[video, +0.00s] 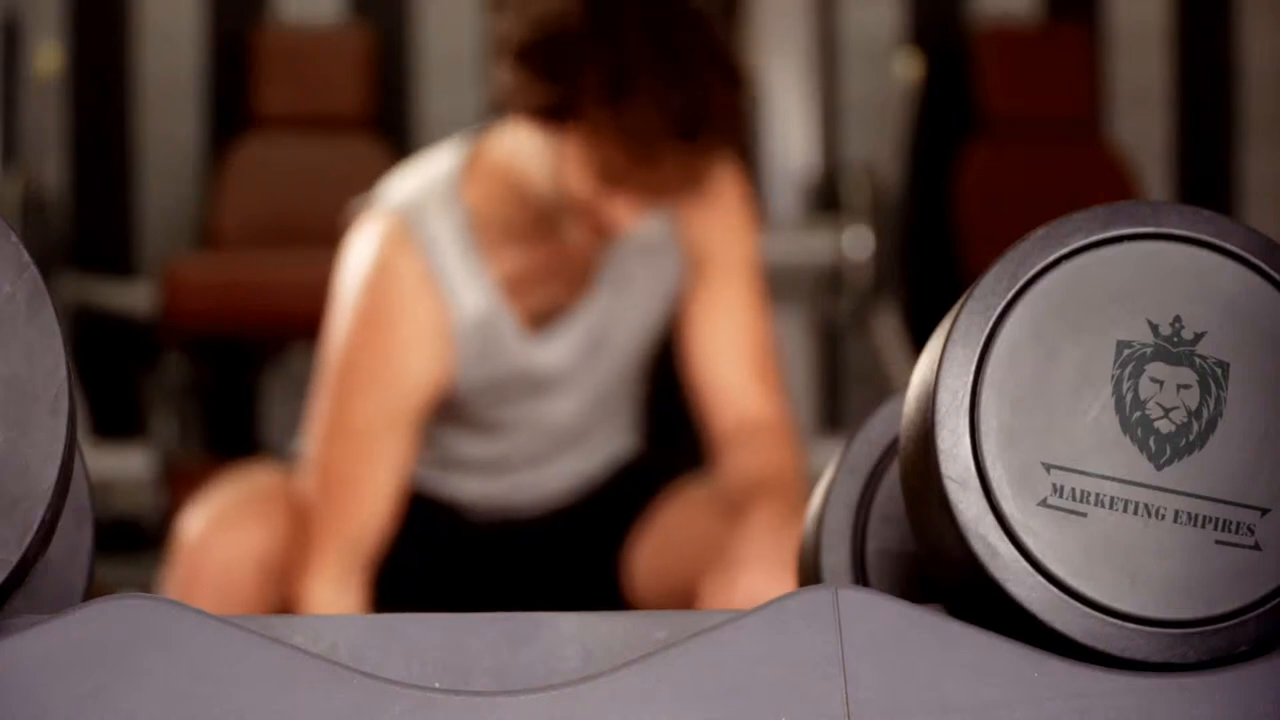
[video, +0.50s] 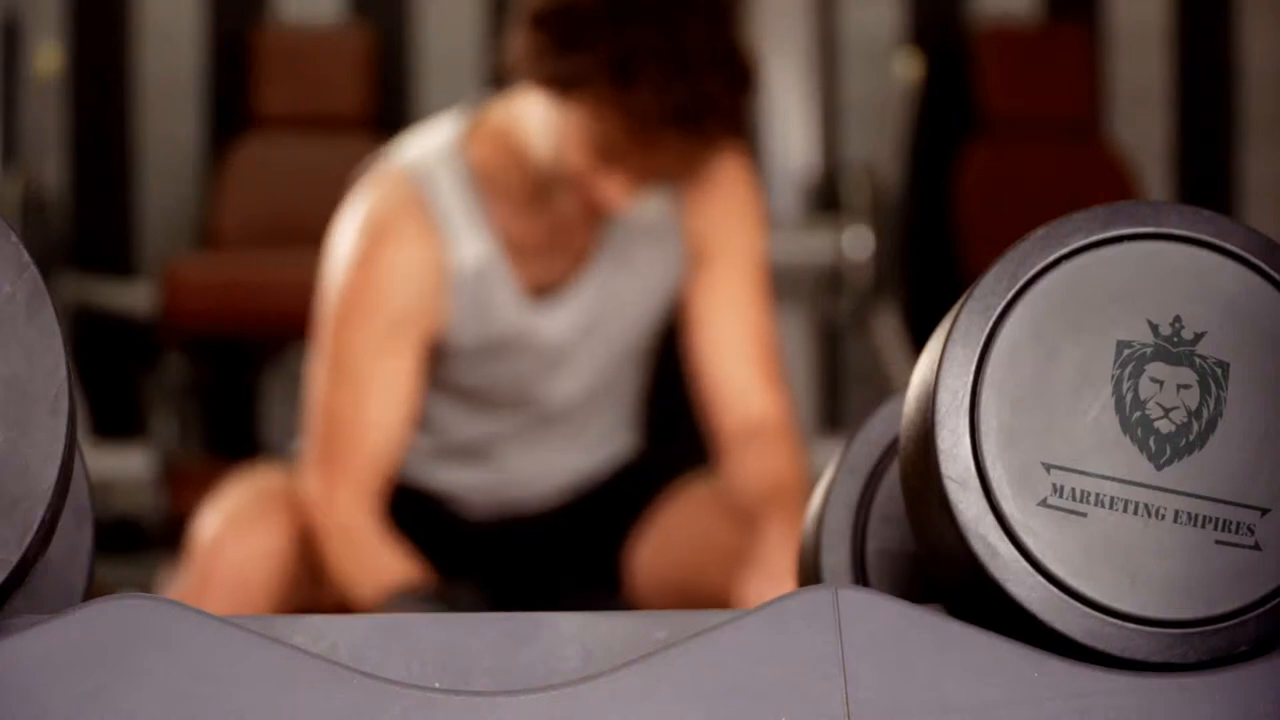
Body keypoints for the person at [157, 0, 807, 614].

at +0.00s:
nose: (632, 219)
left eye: (662, 190)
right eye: (610, 182)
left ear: (694, 160)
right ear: (548, 117)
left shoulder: (701, 185)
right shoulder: (408, 249)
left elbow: (753, 436)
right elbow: (336, 565)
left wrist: (765, 566)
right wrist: (345, 719)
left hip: (601, 524)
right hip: (416, 534)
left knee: (770, 533)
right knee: (229, 528)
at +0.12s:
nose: (628, 220)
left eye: (661, 192)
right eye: (609, 182)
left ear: (694, 162)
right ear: (553, 112)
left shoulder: (704, 186)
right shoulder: (410, 243)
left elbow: (752, 434)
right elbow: (335, 553)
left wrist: (766, 564)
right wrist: (376, 713)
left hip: (600, 524)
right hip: (416, 533)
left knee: (770, 533)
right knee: (227, 529)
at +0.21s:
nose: (627, 218)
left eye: (660, 191)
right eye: (609, 180)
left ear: (695, 159)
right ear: (552, 106)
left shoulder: (706, 185)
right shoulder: (411, 237)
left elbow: (753, 434)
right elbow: (336, 543)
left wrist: (767, 567)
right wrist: (390, 707)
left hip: (600, 524)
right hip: (417, 533)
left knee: (770, 534)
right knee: (230, 526)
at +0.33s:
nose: (621, 209)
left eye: (656, 184)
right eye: (608, 170)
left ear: (696, 153)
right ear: (553, 99)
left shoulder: (707, 179)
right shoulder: (411, 224)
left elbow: (754, 434)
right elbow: (336, 526)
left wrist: (768, 581)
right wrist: (418, 696)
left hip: (600, 523)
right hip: (418, 531)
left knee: (775, 535)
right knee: (235, 524)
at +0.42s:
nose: (621, 204)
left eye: (656, 179)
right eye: (607, 165)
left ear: (697, 153)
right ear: (553, 95)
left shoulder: (706, 176)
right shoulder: (407, 217)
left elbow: (754, 431)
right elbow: (338, 514)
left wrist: (773, 582)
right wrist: (447, 683)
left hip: (600, 521)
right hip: (418, 529)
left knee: (781, 537)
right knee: (240, 526)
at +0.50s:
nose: (622, 199)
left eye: (655, 175)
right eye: (606, 161)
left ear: (695, 146)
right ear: (553, 90)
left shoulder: (705, 175)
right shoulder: (402, 211)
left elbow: (753, 428)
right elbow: (340, 502)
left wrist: (779, 571)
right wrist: (449, 640)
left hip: (602, 515)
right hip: (417, 524)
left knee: (789, 539)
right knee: (245, 524)